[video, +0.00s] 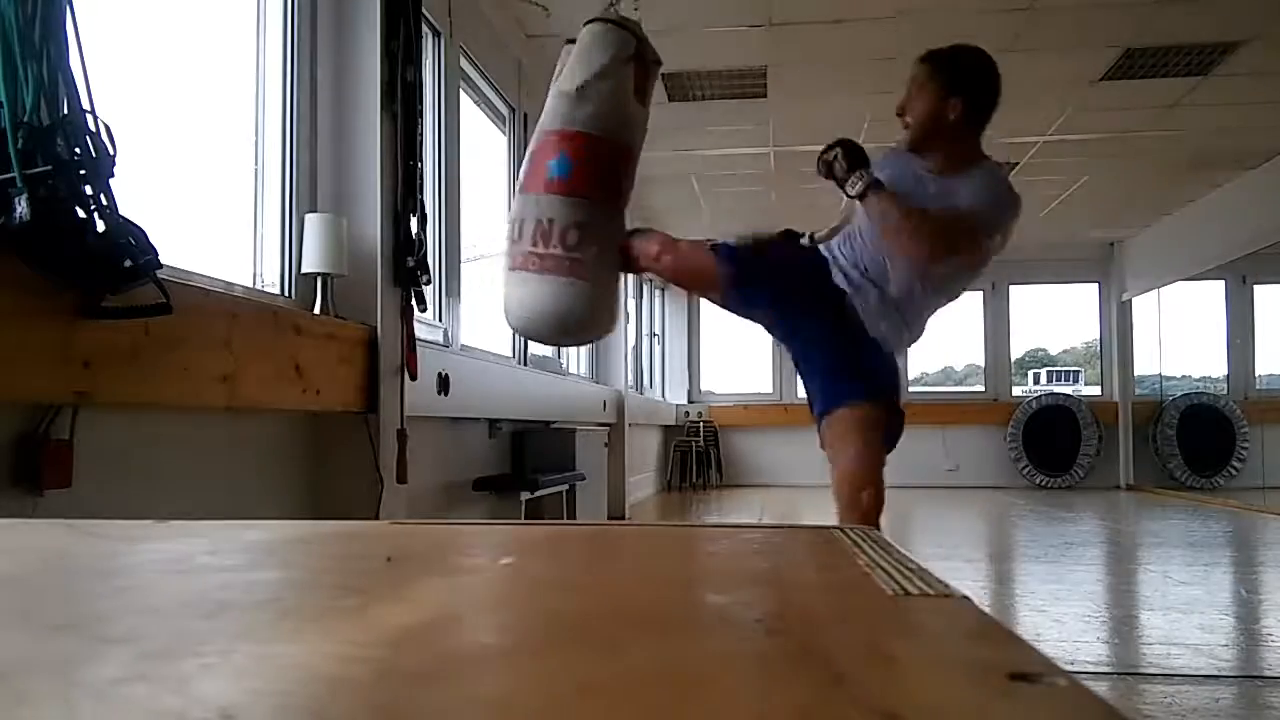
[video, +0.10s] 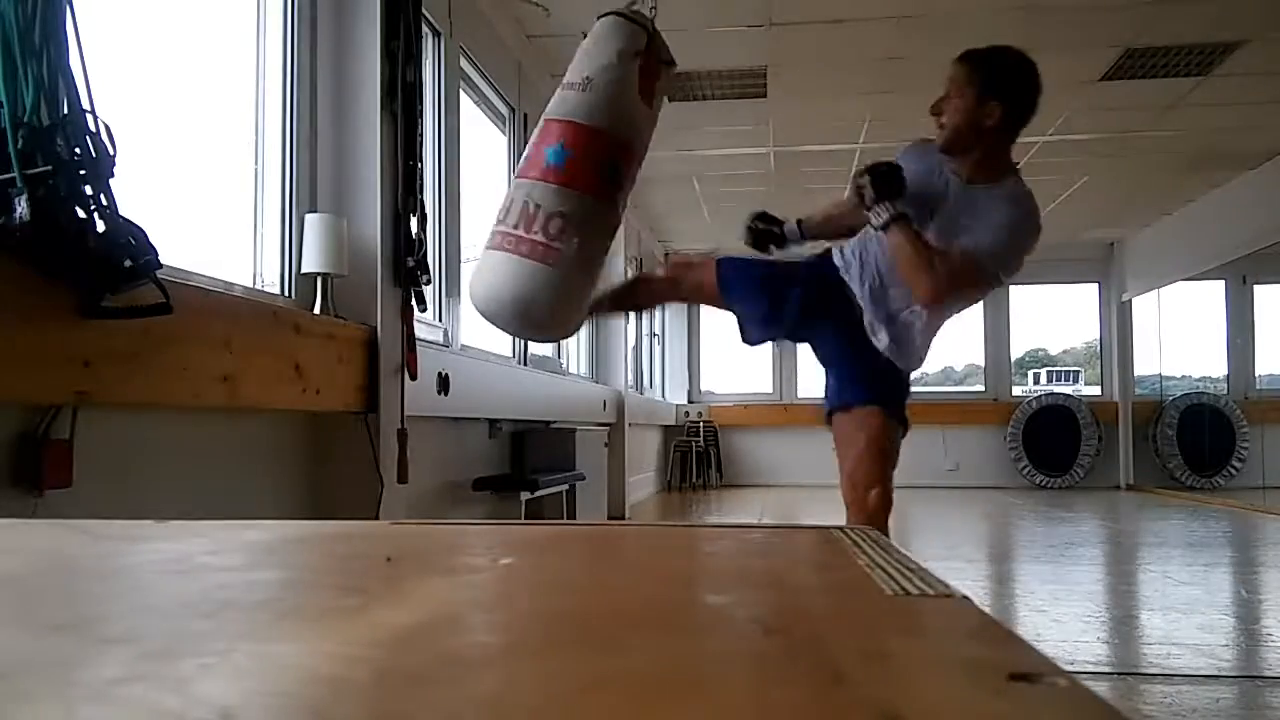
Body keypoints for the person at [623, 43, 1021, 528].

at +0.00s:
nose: (900, 106)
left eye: (914, 93)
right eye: (905, 92)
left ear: (953, 108)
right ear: (948, 109)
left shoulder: (993, 196)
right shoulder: (896, 160)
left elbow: (925, 246)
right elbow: (844, 236)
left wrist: (861, 183)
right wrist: (793, 248)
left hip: (863, 344)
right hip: (811, 276)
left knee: (860, 487)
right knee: (665, 256)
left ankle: (856, 622)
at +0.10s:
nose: (936, 108)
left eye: (953, 98)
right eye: (943, 96)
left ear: (994, 114)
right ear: (982, 111)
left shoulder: (1015, 221)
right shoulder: (925, 157)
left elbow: (934, 289)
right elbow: (858, 213)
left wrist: (889, 211)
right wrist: (793, 232)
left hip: (879, 351)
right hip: (830, 281)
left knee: (869, 500)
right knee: (678, 276)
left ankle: (868, 631)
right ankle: (573, 311)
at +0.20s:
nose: (954, 90)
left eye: (970, 80)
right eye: (960, 76)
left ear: (1013, 96)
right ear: (1000, 93)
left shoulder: (1035, 213)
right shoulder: (939, 146)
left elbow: (971, 306)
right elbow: (867, 184)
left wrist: (913, 237)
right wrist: (790, 190)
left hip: (906, 354)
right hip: (850, 293)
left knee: (891, 498)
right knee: (712, 328)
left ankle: (876, 632)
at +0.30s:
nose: (960, 77)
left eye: (973, 65)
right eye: (965, 64)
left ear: (1018, 76)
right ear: (1009, 76)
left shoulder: (1049, 187)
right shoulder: (948, 138)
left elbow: (1036, 299)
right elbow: (877, 186)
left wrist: (964, 262)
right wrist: (843, 168)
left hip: (934, 350)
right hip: (875, 303)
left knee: (901, 494)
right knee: (770, 394)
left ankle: (891, 615)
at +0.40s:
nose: (964, 71)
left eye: (978, 59)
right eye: (968, 58)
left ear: (1020, 70)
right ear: (1010, 70)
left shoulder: (1062, 169)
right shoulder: (954, 140)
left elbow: (1107, 266)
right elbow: (890, 218)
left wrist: (1028, 267)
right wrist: (897, 183)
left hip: (955, 348)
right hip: (897, 321)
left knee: (911, 497)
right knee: (851, 446)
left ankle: (899, 630)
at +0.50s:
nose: (966, 82)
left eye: (978, 70)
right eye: (967, 70)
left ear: (1021, 78)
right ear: (1006, 79)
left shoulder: (1073, 157)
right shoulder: (965, 151)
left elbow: (1143, 241)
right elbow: (925, 250)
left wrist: (1070, 261)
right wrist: (921, 211)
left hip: (989, 340)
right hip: (942, 334)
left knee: (935, 487)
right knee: (958, 478)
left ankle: (913, 628)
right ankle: (1063, 584)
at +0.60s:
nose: (965, 119)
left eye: (974, 106)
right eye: (965, 106)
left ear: (1016, 107)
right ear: (1008, 111)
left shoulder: (1078, 172)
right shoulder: (988, 190)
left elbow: (1154, 251)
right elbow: (979, 289)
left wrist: (1082, 255)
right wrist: (946, 256)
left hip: (1038, 355)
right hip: (996, 356)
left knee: (959, 488)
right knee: (1044, 503)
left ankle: (929, 637)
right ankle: (1143, 622)